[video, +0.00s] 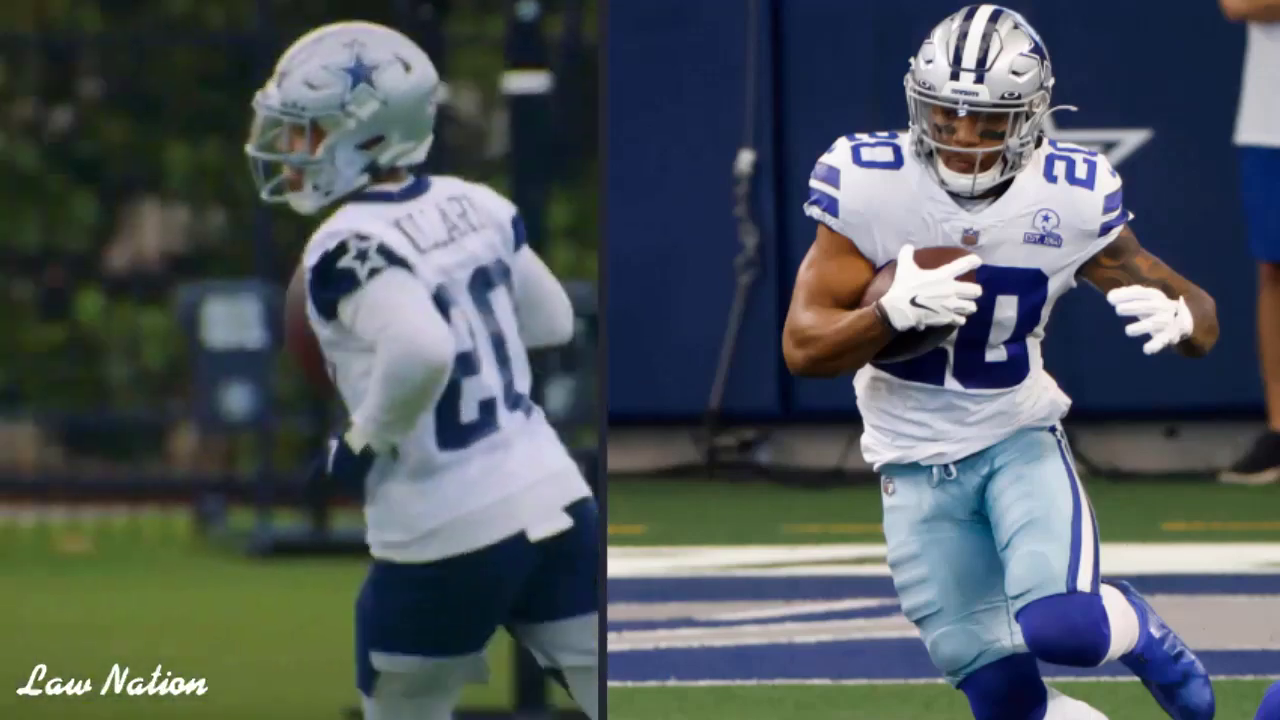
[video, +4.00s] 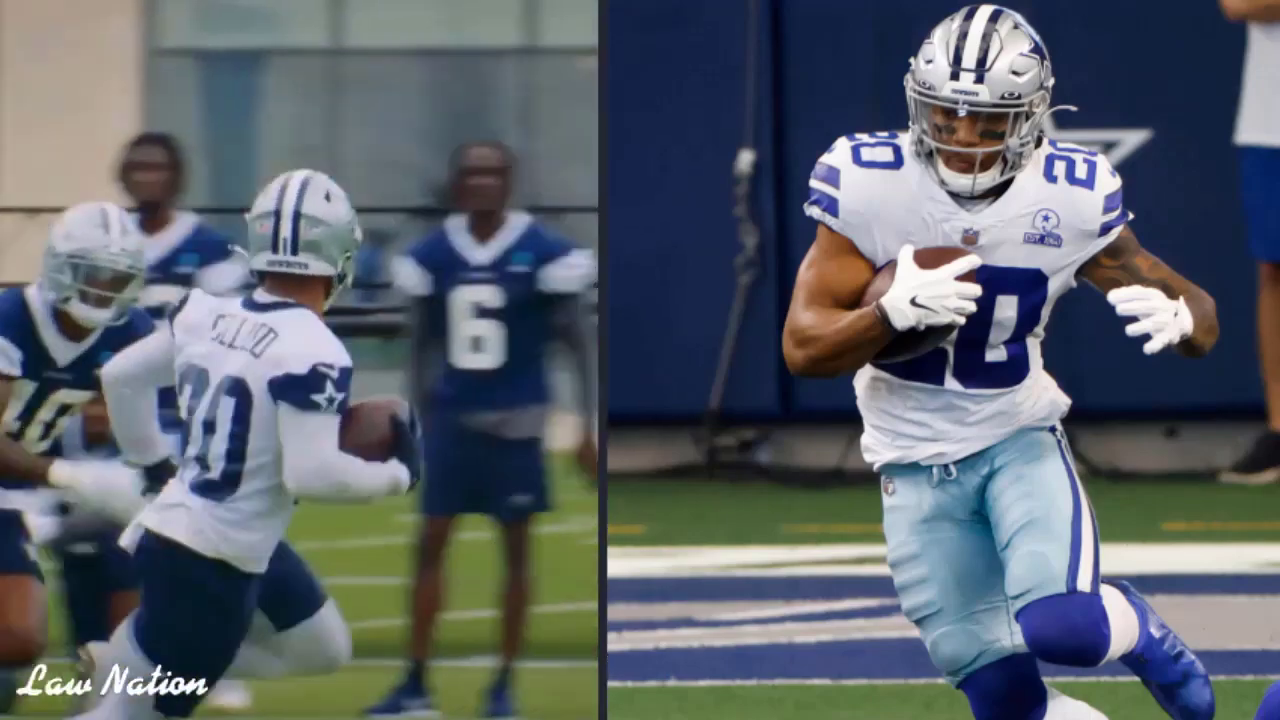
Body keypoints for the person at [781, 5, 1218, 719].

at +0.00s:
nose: (966, 138)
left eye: (988, 121)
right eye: (950, 117)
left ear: (1028, 119)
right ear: (922, 110)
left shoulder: (1071, 194)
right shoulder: (863, 179)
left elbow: (1197, 309)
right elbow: (801, 349)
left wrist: (1181, 319)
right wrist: (887, 313)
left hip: (1018, 437)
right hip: (911, 467)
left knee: (1054, 626)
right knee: (1001, 696)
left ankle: (1142, 633)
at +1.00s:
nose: (966, 138)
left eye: (988, 121)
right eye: (950, 117)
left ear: (1028, 119)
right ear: (922, 110)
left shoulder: (1071, 194)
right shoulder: (863, 179)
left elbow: (1197, 309)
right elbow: (801, 349)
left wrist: (1181, 319)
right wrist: (887, 313)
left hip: (1018, 437)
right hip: (911, 467)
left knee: (1054, 626)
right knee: (1001, 696)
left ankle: (1142, 633)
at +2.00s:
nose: (966, 137)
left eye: (988, 121)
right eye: (950, 116)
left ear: (1027, 118)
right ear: (922, 110)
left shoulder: (1071, 195)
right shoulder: (863, 180)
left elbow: (1197, 310)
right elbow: (801, 350)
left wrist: (1181, 319)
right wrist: (887, 313)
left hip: (1018, 437)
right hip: (911, 467)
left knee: (1054, 626)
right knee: (1001, 696)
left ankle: (1141, 631)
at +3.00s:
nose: (966, 137)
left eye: (988, 121)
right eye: (950, 117)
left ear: (1027, 118)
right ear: (922, 110)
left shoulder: (1071, 194)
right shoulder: (863, 180)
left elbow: (1197, 310)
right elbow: (801, 350)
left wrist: (1181, 318)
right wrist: (887, 313)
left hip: (1018, 437)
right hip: (911, 467)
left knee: (1054, 626)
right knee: (1001, 696)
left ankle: (1141, 632)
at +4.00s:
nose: (966, 137)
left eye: (988, 121)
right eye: (950, 117)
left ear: (1027, 118)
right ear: (922, 110)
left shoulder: (1072, 194)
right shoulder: (863, 180)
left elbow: (1197, 310)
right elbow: (801, 350)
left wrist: (1181, 318)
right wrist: (887, 313)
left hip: (1018, 437)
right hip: (911, 467)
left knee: (1054, 626)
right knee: (1001, 697)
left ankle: (1142, 632)